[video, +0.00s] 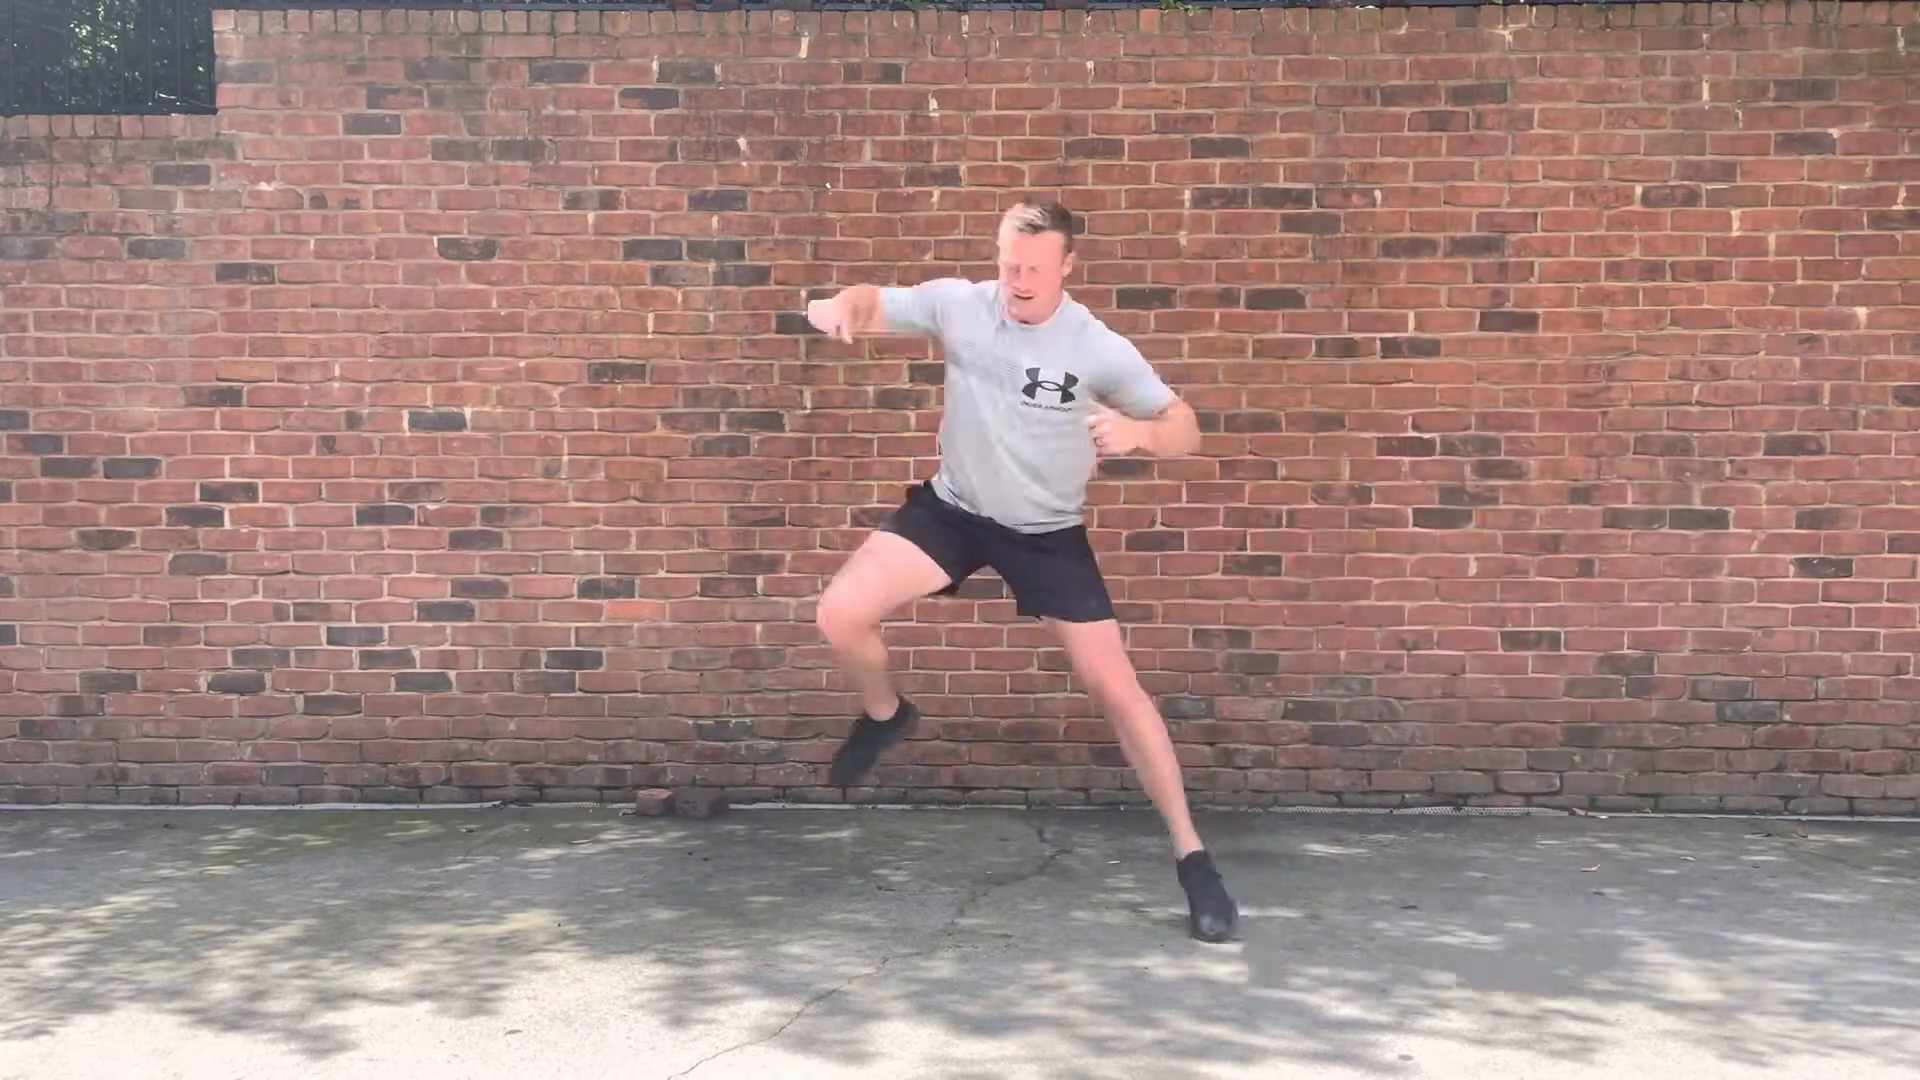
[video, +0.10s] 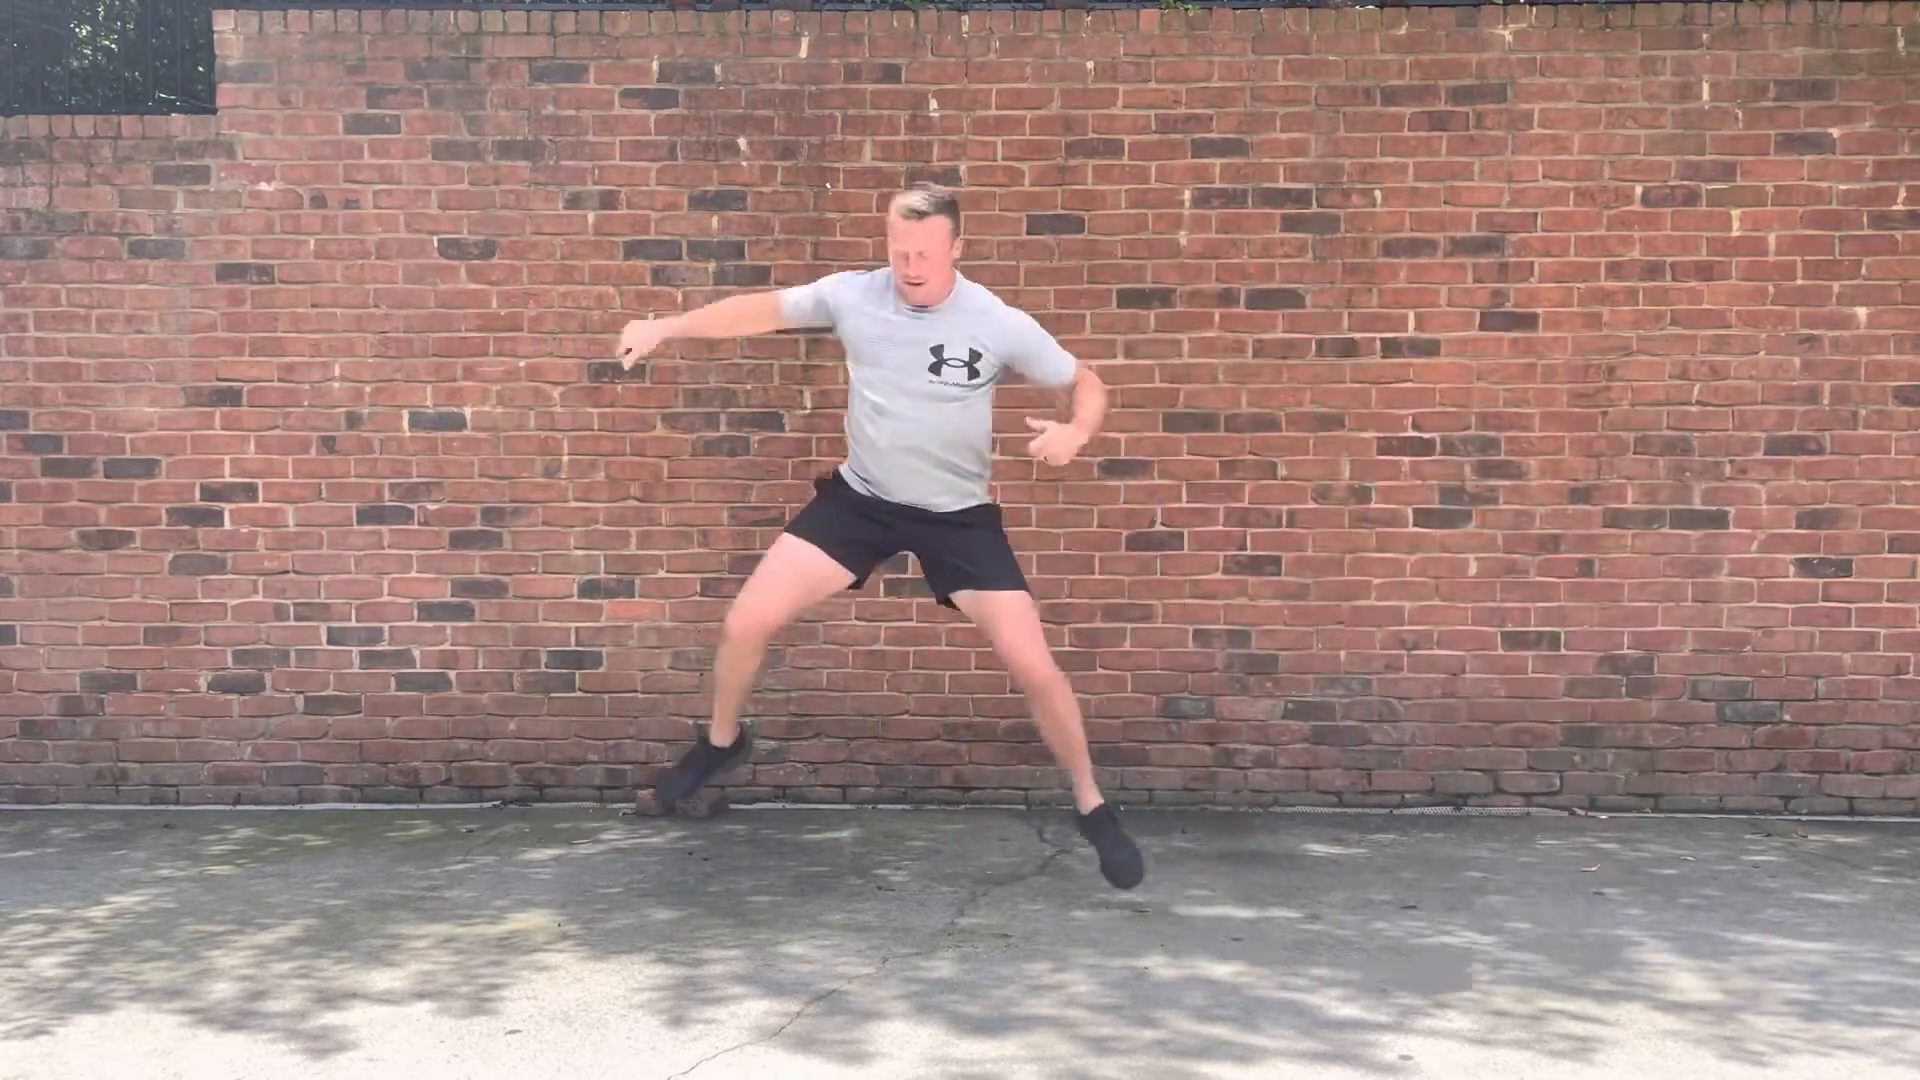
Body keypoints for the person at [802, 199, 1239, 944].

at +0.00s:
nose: (1020, 283)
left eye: (1036, 271)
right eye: (1011, 268)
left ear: (1066, 268)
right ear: (997, 259)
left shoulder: (1097, 347)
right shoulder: (957, 304)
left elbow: (1184, 429)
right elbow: (871, 305)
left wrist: (1141, 435)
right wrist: (840, 310)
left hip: (1048, 535)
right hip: (952, 511)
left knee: (1118, 692)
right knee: (840, 615)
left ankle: (1192, 858)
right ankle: (885, 714)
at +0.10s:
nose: (909, 268)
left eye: (925, 255)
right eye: (899, 253)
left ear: (955, 249)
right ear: (886, 246)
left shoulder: (993, 322)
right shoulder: (852, 296)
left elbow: (1088, 385)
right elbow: (765, 310)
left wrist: (1077, 429)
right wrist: (666, 328)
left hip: (960, 515)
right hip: (859, 501)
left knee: (1033, 666)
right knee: (745, 620)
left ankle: (1092, 806)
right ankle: (720, 741)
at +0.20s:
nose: (802, 299)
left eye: (814, 285)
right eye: (790, 285)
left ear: (846, 276)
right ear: (777, 280)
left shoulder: (895, 340)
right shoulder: (750, 331)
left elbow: (988, 379)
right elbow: (679, 358)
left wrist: (975, 429)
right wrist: (595, 383)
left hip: (870, 538)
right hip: (769, 529)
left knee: (943, 694)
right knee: (670, 662)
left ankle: (961, 769)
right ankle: (586, 799)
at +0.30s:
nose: (692, 374)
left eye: (705, 358)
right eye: (680, 359)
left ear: (736, 347)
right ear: (669, 354)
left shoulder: (791, 402)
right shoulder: (650, 408)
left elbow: (880, 432)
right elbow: (605, 446)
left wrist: (831, 484)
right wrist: (548, 482)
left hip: (780, 599)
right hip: (680, 594)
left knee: (833, 751)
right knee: (597, 726)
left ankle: (819, 763)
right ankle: (528, 867)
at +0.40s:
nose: (597, 447)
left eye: (608, 431)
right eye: (586, 434)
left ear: (641, 412)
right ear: (575, 429)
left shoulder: (706, 461)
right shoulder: (580, 493)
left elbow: (789, 532)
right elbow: (547, 560)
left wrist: (724, 582)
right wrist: (492, 618)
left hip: (728, 637)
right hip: (638, 628)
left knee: (709, 800)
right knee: (544, 745)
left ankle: (680, 774)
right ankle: (521, 874)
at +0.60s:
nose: (601, 446)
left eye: (610, 428)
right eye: (585, 435)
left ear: (637, 415)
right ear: (570, 435)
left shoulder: (692, 457)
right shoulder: (560, 501)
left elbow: (800, 443)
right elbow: (501, 570)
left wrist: (701, 429)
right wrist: (468, 591)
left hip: (719, 632)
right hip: (626, 631)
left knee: (710, 784)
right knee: (541, 737)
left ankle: (664, 792)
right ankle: (520, 874)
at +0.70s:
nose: (676, 385)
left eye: (685, 369)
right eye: (660, 374)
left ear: (702, 356)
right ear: (636, 373)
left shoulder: (755, 389)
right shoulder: (612, 435)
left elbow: (857, 340)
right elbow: (515, 482)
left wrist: (821, 335)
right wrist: (524, 462)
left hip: (767, 592)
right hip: (669, 601)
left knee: (821, 717)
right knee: (581, 719)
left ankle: (756, 750)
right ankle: (521, 867)